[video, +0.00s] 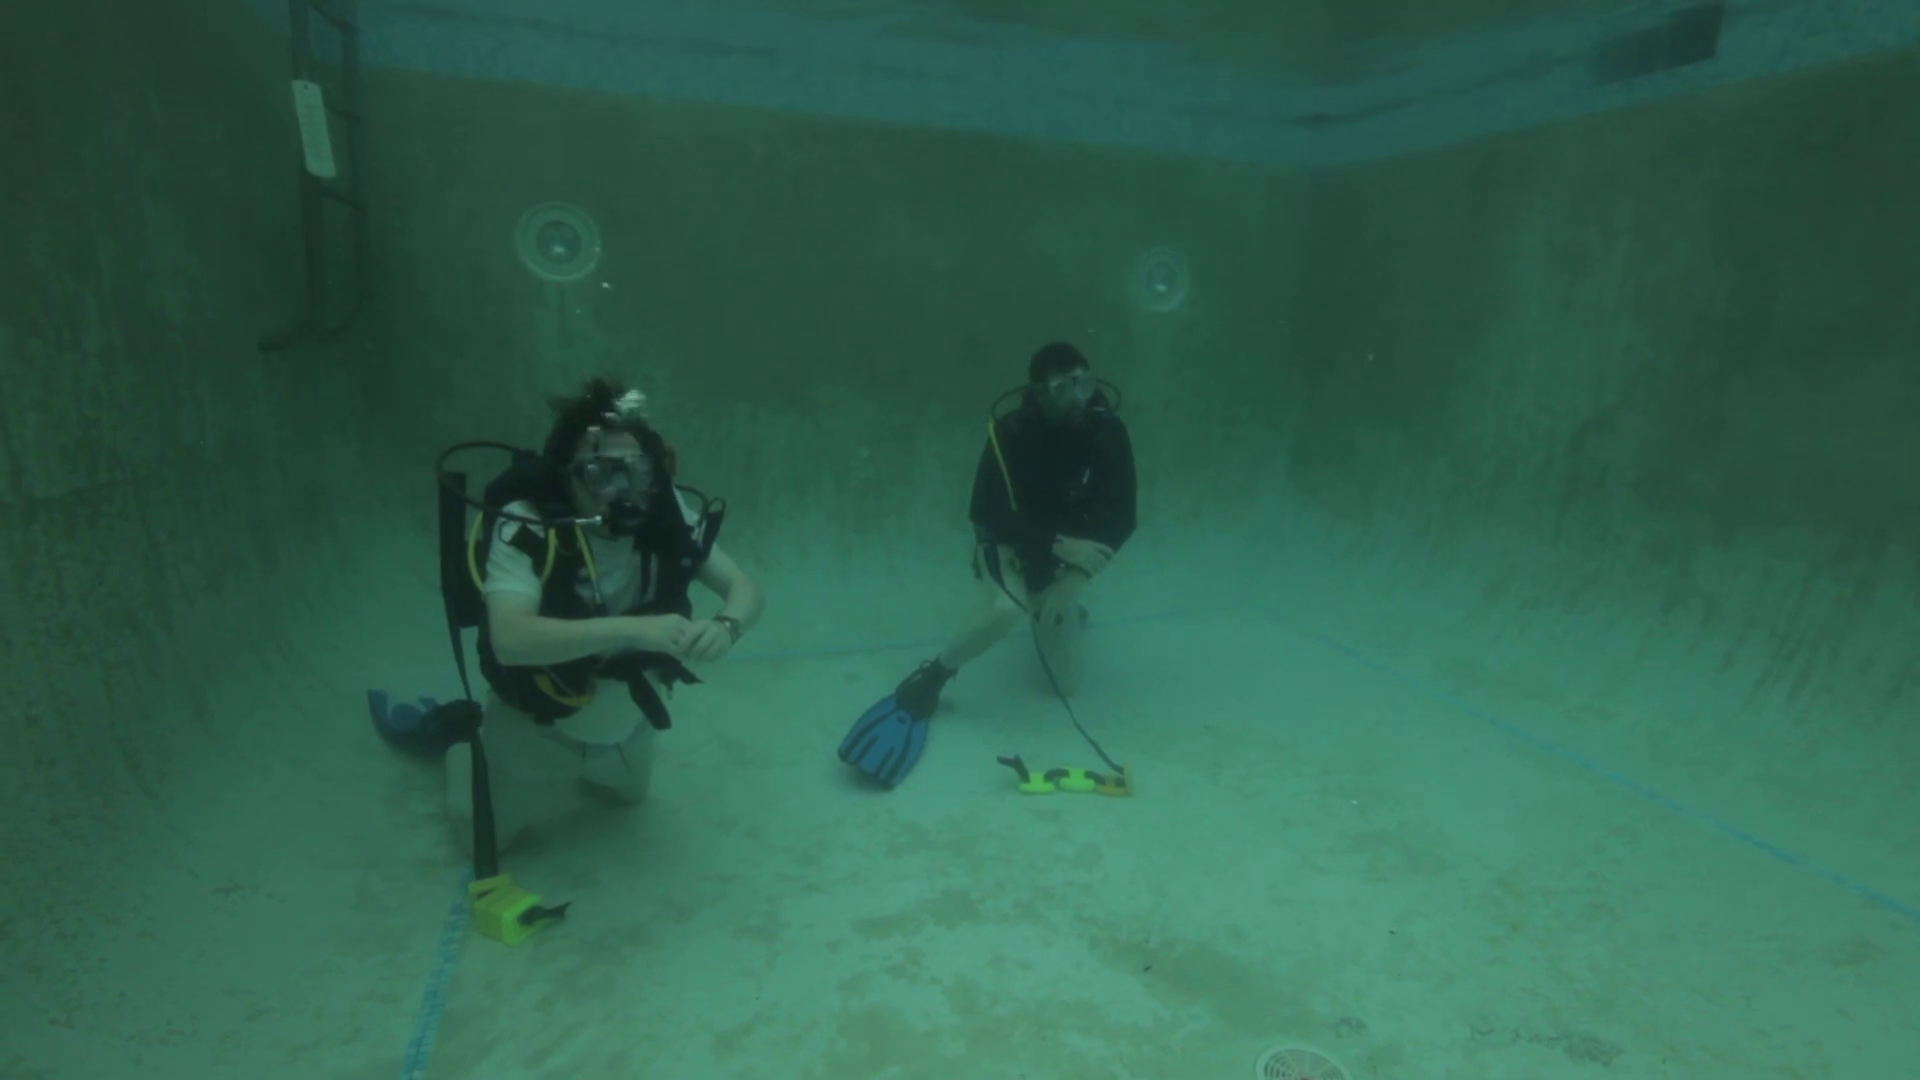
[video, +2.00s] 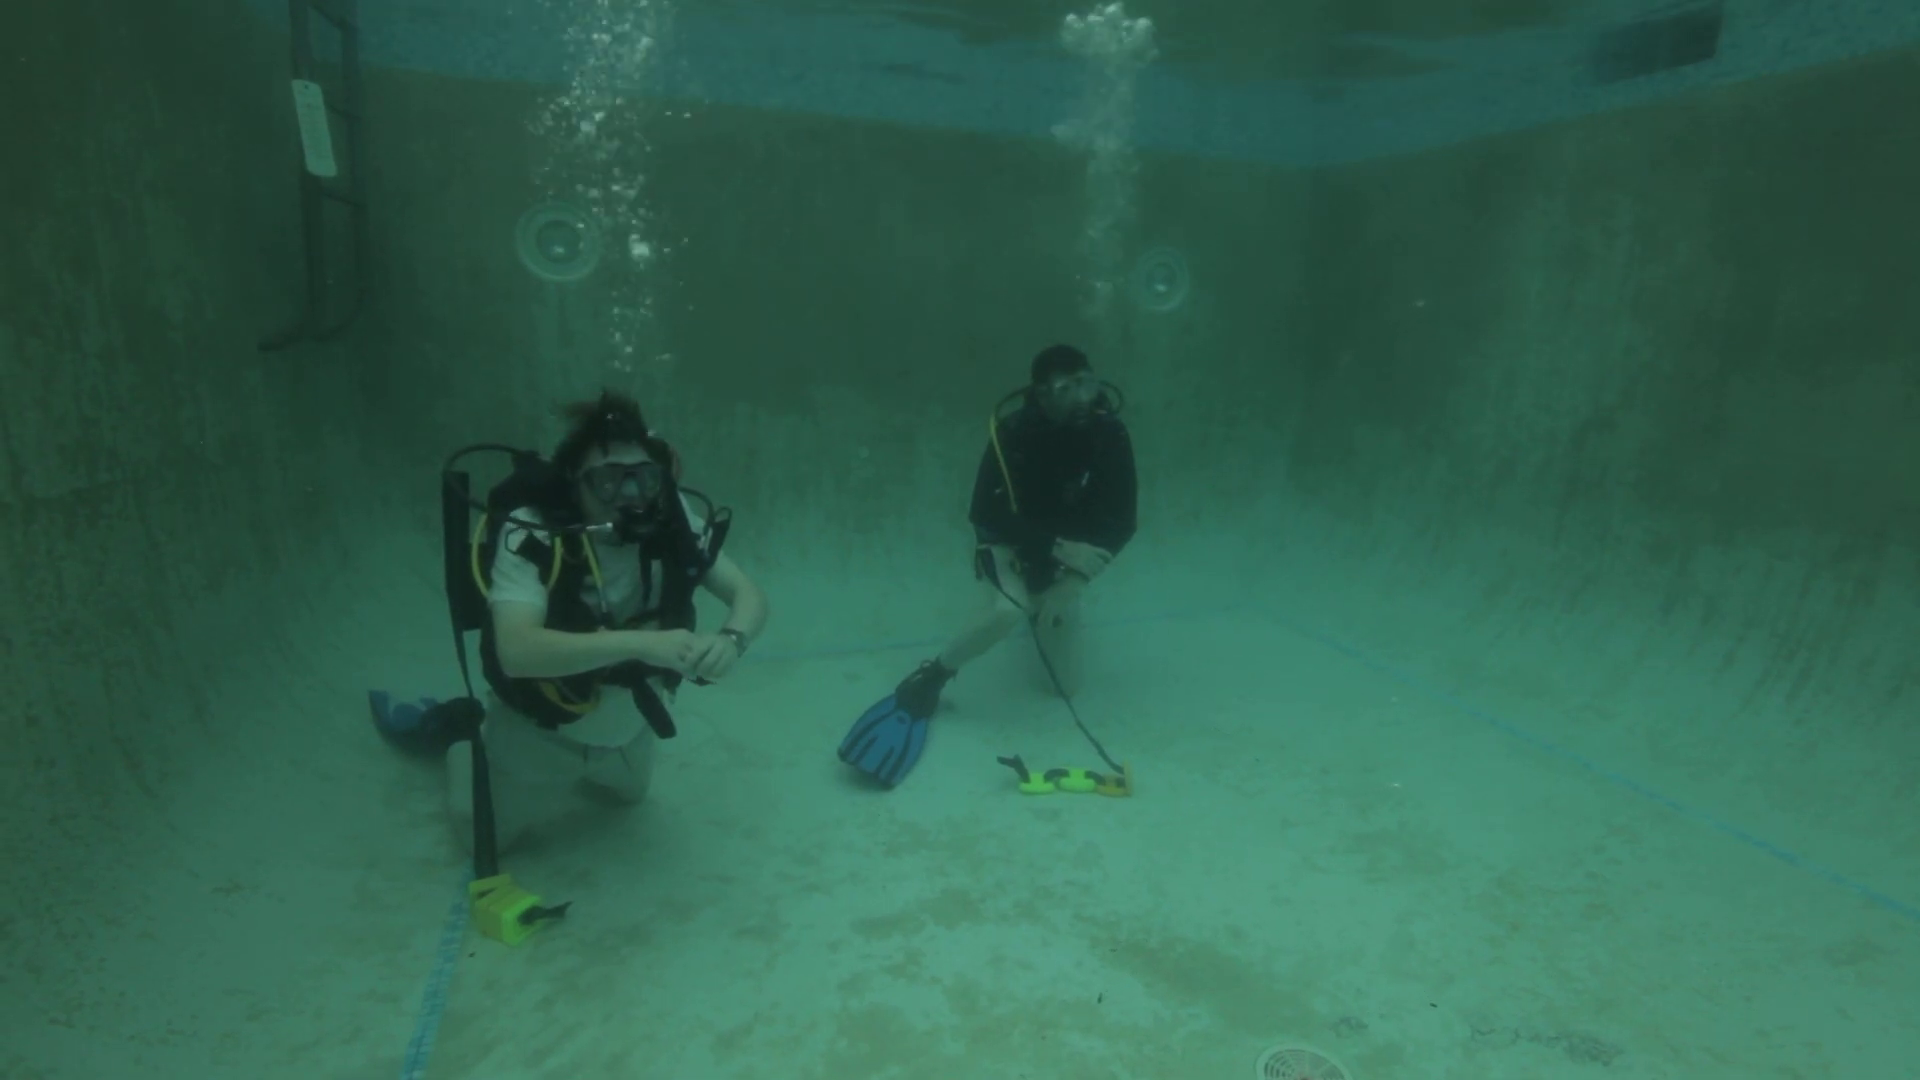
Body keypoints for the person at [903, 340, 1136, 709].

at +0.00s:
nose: (1075, 396)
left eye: (1082, 383)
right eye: (1062, 387)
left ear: (1092, 384)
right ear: (1038, 392)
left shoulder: (1106, 431)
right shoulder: (1012, 430)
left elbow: (1121, 519)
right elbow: (986, 512)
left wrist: (1071, 584)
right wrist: (1055, 542)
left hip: (1073, 550)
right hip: (1011, 542)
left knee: (1066, 682)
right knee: (1007, 610)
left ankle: (1068, 614)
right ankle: (933, 675)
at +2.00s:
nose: (1079, 397)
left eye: (1085, 385)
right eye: (1065, 388)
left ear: (1095, 386)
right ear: (1041, 394)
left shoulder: (1108, 433)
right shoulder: (1015, 431)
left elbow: (1120, 519)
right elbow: (985, 511)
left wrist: (1074, 576)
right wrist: (1047, 546)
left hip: (1075, 549)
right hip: (1012, 543)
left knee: (1066, 682)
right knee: (1008, 611)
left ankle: (1044, 613)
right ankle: (933, 675)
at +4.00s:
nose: (1062, 398)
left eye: (1069, 386)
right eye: (1050, 388)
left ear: (1081, 386)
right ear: (1029, 390)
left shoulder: (1098, 429)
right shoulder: (1004, 428)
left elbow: (1114, 514)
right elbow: (983, 515)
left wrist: (1069, 578)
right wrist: (1054, 544)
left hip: (1064, 548)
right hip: (1004, 542)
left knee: (1065, 681)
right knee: (1007, 610)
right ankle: (929, 679)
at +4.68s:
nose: (1060, 398)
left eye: (1066, 387)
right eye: (1049, 389)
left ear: (1075, 385)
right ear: (1026, 391)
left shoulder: (1093, 429)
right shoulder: (1000, 429)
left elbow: (1110, 513)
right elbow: (980, 514)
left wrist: (1066, 579)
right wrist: (1052, 546)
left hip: (1061, 550)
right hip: (1001, 542)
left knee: (1063, 680)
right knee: (1005, 608)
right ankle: (930, 678)